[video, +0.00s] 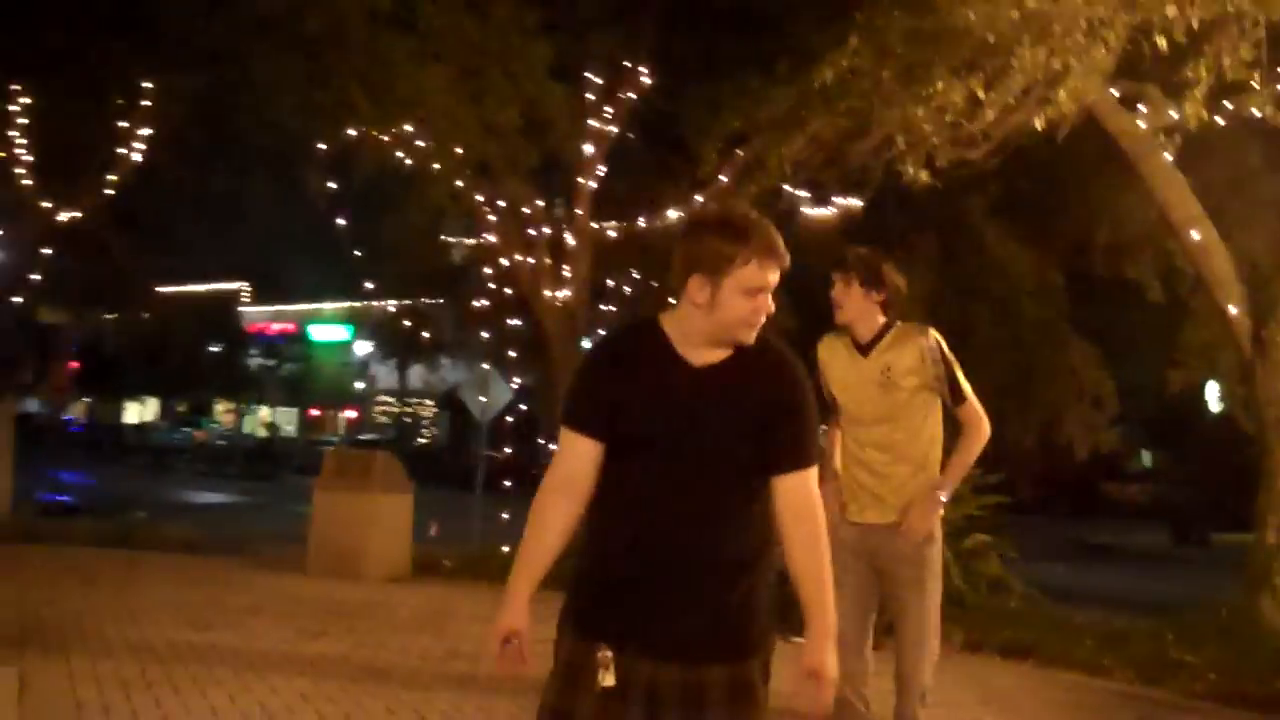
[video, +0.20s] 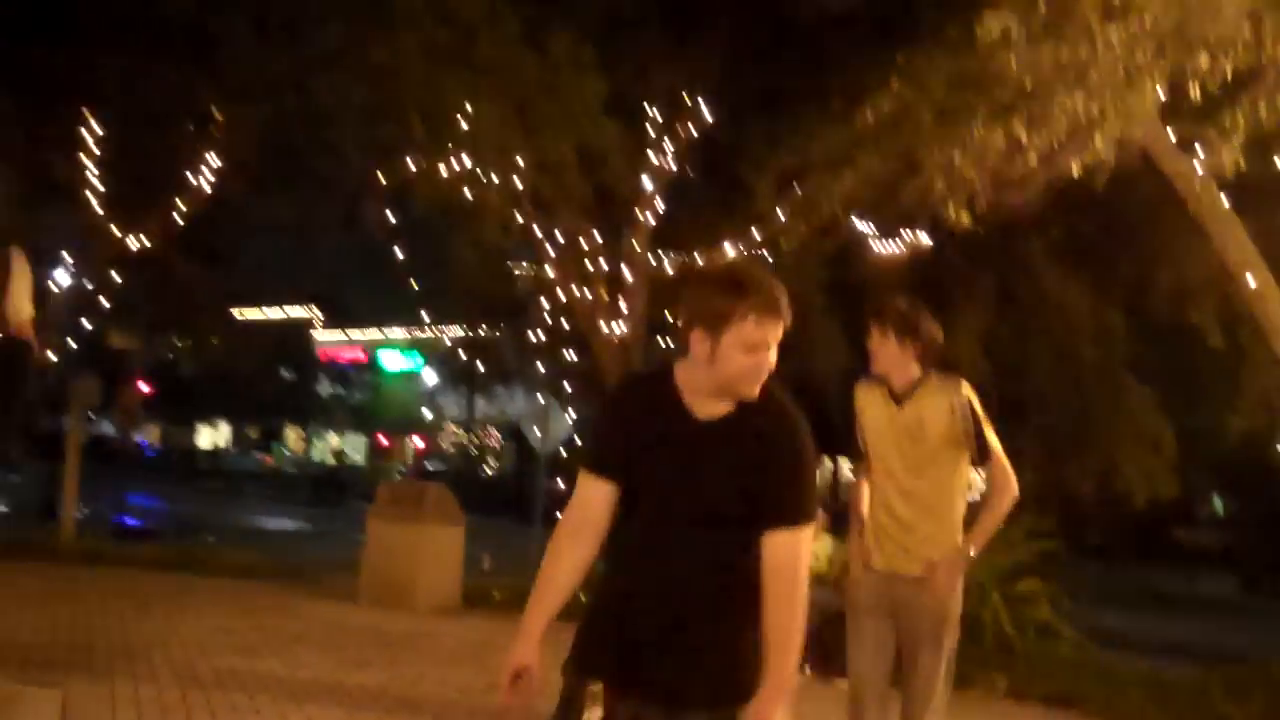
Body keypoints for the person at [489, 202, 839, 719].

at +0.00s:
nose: (768, 308)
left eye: (772, 291)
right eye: (753, 292)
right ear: (699, 291)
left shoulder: (777, 378)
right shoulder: (618, 362)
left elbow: (801, 511)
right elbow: (566, 486)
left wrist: (821, 633)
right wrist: (517, 598)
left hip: (725, 646)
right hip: (609, 639)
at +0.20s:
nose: (769, 364)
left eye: (774, 348)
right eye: (752, 348)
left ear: (779, 344)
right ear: (698, 342)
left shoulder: (780, 433)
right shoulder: (633, 406)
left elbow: (786, 577)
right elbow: (581, 528)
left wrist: (776, 692)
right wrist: (529, 636)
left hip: (726, 679)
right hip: (629, 671)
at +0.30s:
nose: (749, 385)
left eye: (755, 369)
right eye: (731, 371)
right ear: (678, 364)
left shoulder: (756, 449)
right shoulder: (618, 424)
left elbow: (753, 588)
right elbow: (565, 539)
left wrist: (732, 701)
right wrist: (511, 647)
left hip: (697, 685)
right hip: (602, 672)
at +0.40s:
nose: (725, 382)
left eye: (732, 367)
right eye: (705, 368)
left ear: (738, 366)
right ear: (655, 362)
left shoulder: (733, 449)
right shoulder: (599, 421)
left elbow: (719, 586)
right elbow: (545, 532)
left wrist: (694, 697)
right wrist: (490, 638)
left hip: (672, 682)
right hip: (583, 666)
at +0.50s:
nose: (677, 365)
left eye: (683, 350)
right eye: (658, 349)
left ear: (690, 350)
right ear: (607, 343)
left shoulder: (683, 435)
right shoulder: (553, 409)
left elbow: (672, 570)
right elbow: (495, 521)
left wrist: (645, 676)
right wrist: (441, 623)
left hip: (621, 671)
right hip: (530, 654)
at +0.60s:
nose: (633, 336)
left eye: (641, 322)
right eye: (618, 321)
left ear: (648, 321)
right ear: (568, 315)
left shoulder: (645, 409)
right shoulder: (508, 386)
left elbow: (643, 539)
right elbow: (459, 499)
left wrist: (626, 645)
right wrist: (409, 605)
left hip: (596, 652)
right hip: (502, 639)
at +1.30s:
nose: (587, 304)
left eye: (595, 290)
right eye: (573, 289)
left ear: (602, 291)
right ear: (526, 286)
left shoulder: (600, 371)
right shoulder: (470, 362)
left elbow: (615, 483)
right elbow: (431, 467)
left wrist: (615, 584)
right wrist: (392, 565)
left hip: (561, 608)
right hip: (467, 601)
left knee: (557, 712)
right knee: (449, 710)